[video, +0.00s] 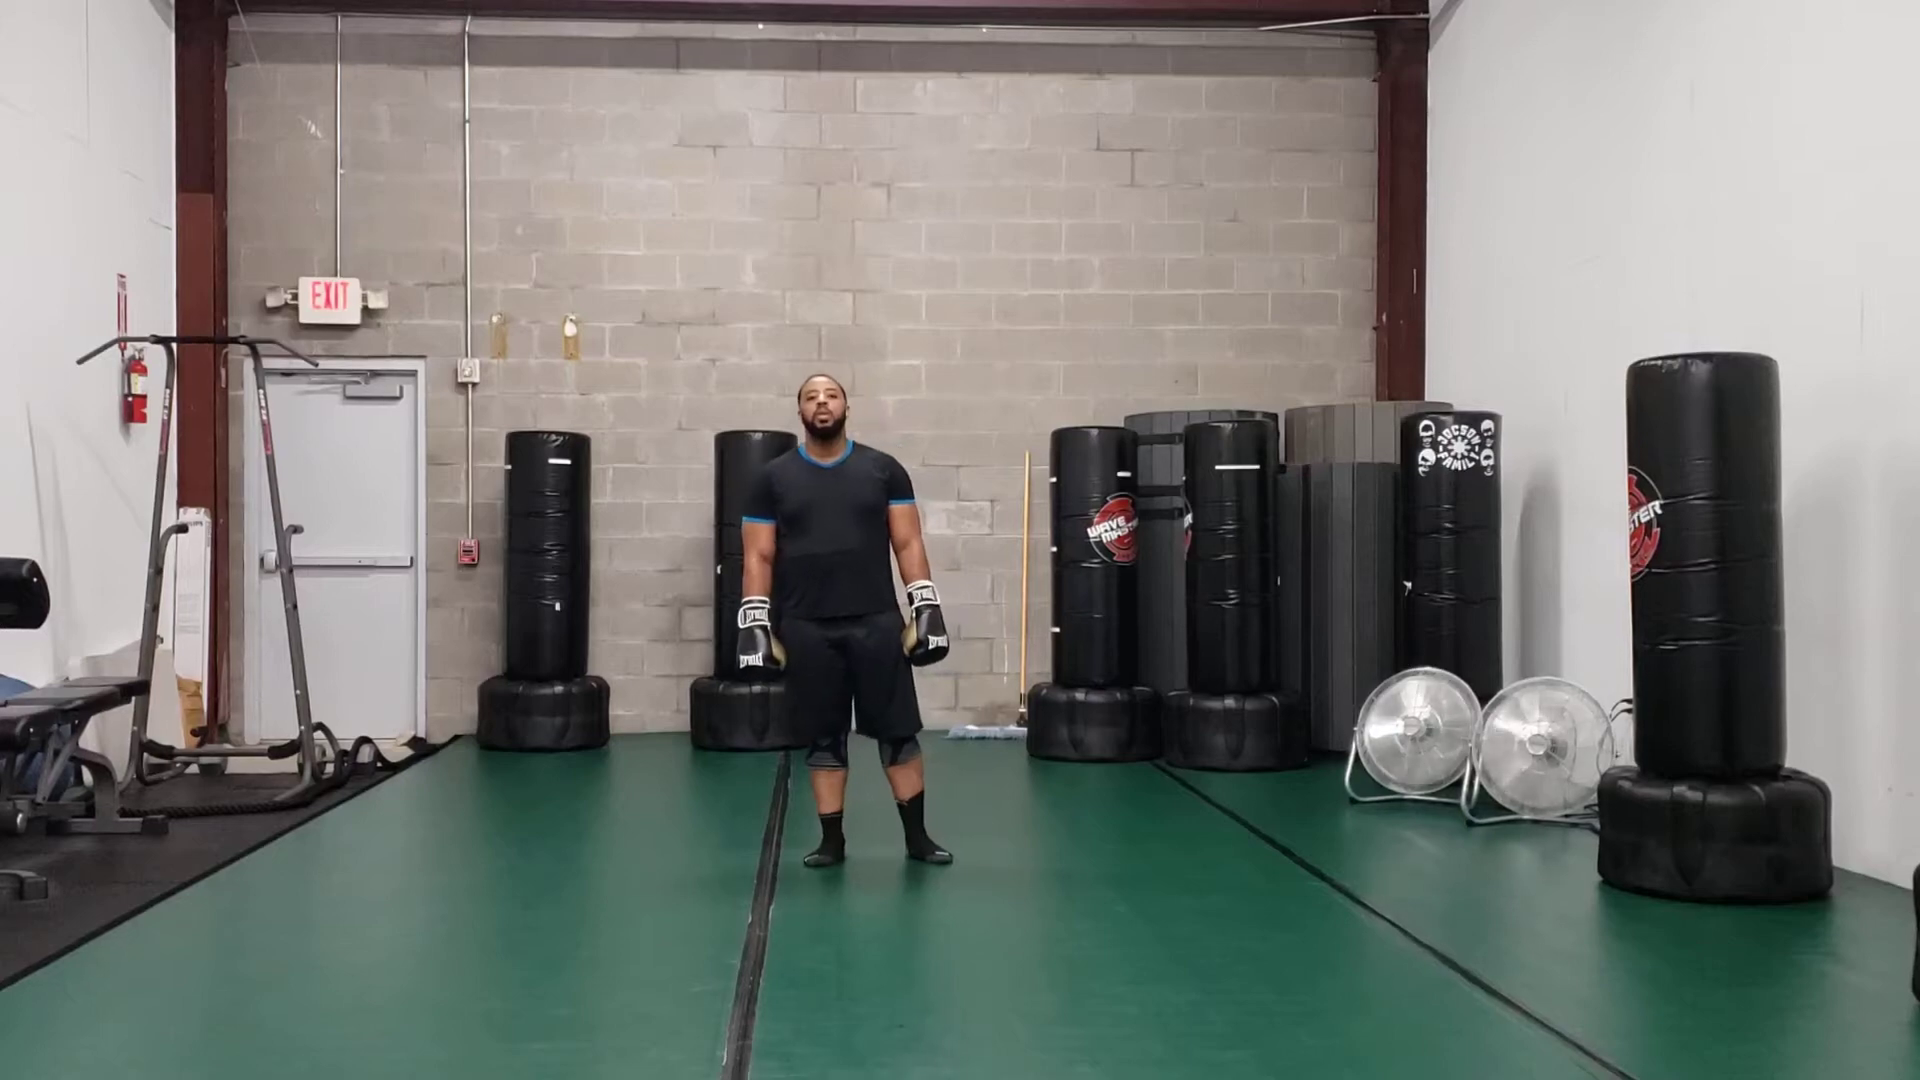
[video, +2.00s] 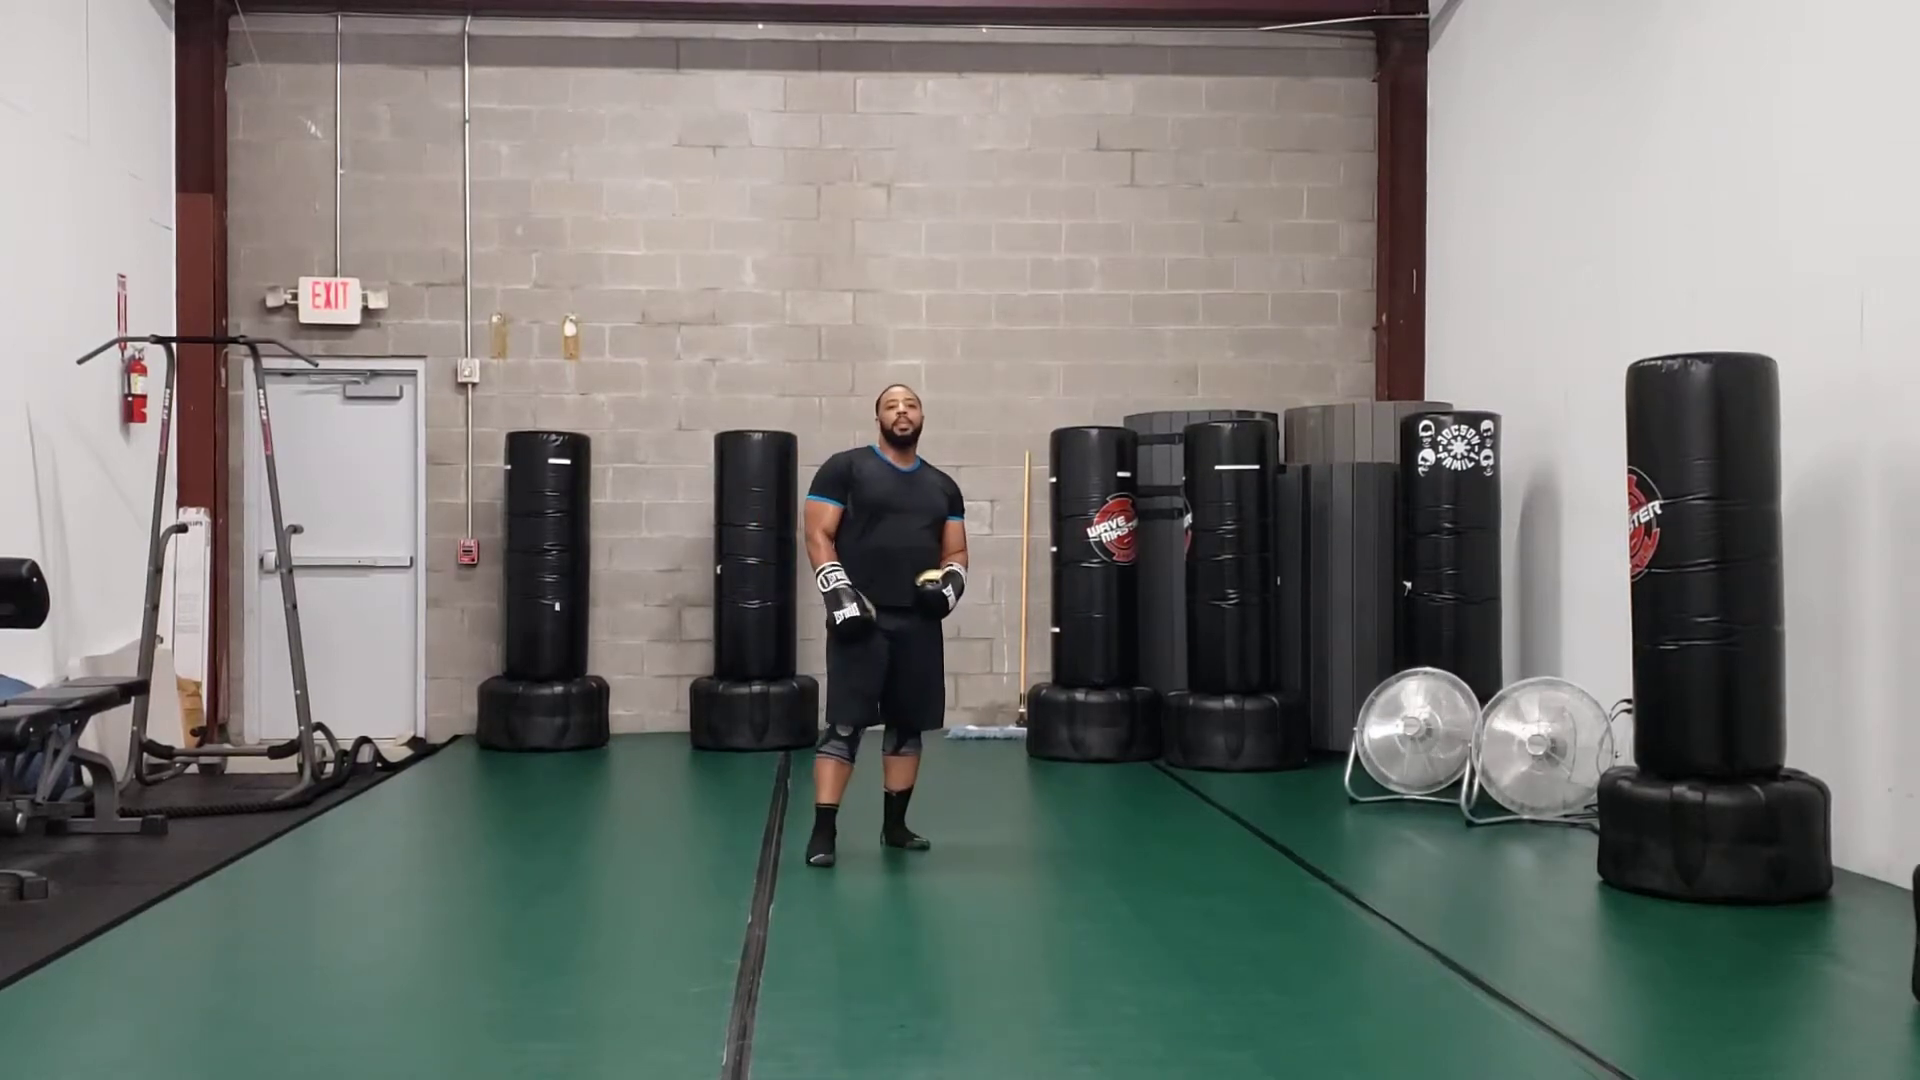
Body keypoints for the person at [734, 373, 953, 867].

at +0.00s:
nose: (822, 403)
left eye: (831, 396)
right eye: (812, 398)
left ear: (846, 408)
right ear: (800, 414)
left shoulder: (883, 470)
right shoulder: (774, 478)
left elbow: (908, 544)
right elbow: (758, 557)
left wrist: (926, 607)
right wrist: (754, 624)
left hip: (876, 625)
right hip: (806, 630)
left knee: (899, 735)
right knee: (823, 741)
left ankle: (917, 839)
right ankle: (831, 842)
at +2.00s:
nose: (902, 412)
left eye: (910, 405)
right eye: (892, 406)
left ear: (922, 419)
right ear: (879, 421)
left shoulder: (943, 487)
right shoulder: (845, 468)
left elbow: (955, 551)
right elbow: (817, 533)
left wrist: (951, 582)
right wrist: (836, 588)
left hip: (918, 621)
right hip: (858, 617)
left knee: (907, 726)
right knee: (845, 724)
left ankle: (895, 826)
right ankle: (824, 832)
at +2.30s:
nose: (878, 412)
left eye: (885, 405)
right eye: (867, 406)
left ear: (898, 416)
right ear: (854, 419)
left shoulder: (924, 482)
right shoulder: (823, 472)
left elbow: (943, 544)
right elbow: (799, 538)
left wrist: (934, 574)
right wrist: (841, 575)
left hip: (902, 622)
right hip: (841, 621)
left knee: (898, 726)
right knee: (820, 725)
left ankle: (895, 828)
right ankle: (792, 832)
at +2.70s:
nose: (826, 408)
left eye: (834, 401)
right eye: (816, 402)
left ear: (847, 414)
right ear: (803, 417)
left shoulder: (877, 475)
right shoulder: (773, 472)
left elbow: (895, 541)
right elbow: (746, 540)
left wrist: (883, 572)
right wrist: (790, 571)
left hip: (863, 617)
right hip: (798, 620)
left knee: (878, 724)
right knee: (795, 728)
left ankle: (893, 826)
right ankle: (788, 832)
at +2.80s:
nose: (813, 408)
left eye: (821, 401)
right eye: (803, 402)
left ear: (835, 413)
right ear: (790, 418)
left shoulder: (868, 474)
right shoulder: (762, 473)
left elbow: (887, 540)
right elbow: (733, 542)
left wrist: (873, 572)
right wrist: (777, 576)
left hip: (853, 616)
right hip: (787, 620)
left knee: (873, 723)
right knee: (789, 729)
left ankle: (892, 825)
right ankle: (788, 832)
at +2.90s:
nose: (803, 409)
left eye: (811, 402)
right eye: (792, 404)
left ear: (824, 414)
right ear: (779, 419)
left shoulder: (859, 472)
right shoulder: (752, 474)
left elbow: (880, 537)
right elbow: (725, 546)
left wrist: (865, 572)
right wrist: (767, 578)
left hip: (847, 617)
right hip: (782, 621)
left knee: (871, 721)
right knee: (786, 730)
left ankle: (888, 823)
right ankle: (787, 832)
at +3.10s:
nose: (786, 413)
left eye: (794, 404)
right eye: (776, 407)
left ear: (809, 412)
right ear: (763, 419)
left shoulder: (847, 469)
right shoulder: (737, 479)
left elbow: (872, 534)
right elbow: (714, 547)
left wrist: (852, 567)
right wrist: (749, 569)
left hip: (840, 617)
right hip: (775, 621)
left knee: (863, 722)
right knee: (783, 730)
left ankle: (878, 823)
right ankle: (786, 833)